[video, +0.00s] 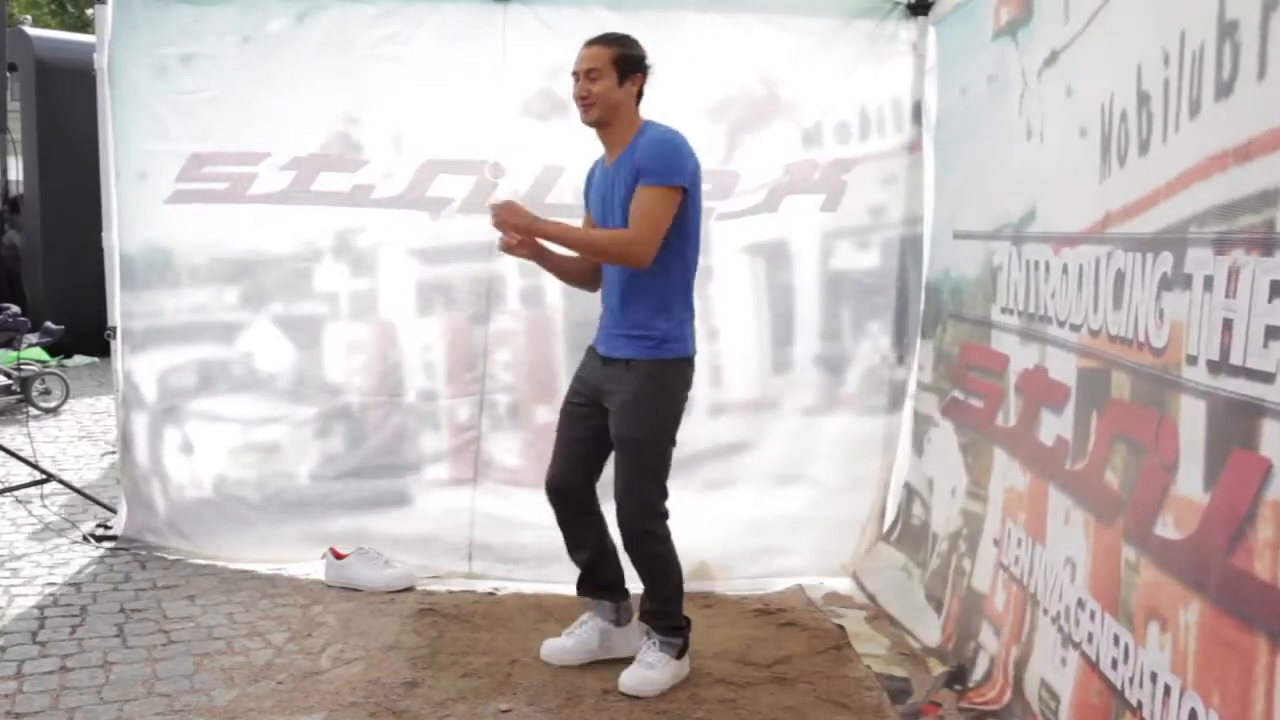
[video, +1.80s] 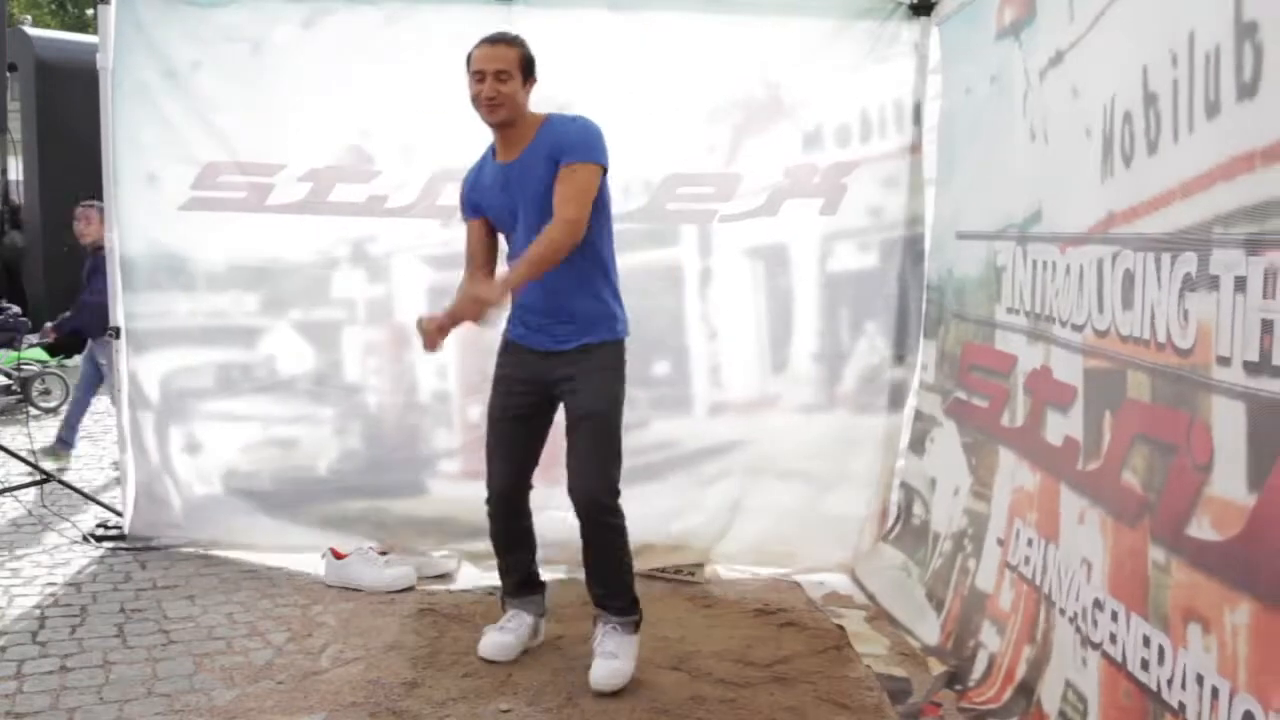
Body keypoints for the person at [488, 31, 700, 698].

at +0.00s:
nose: (580, 90)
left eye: (593, 78)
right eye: (576, 79)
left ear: (633, 85)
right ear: (577, 89)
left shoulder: (664, 149)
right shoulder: (599, 174)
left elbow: (639, 247)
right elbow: (590, 274)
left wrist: (542, 229)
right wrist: (536, 250)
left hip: (655, 363)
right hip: (604, 356)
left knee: (638, 504)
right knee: (568, 486)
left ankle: (669, 642)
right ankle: (610, 617)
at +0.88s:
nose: (563, 91)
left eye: (577, 81)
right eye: (555, 79)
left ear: (606, 87)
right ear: (546, 83)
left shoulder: (640, 163)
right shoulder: (524, 159)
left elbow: (645, 268)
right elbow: (498, 258)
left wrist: (595, 266)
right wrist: (497, 251)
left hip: (614, 351)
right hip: (546, 352)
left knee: (601, 493)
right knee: (557, 499)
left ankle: (606, 633)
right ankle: (595, 607)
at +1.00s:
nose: (583, 99)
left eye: (597, 88)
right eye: (574, 86)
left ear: (623, 92)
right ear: (561, 87)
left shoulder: (650, 176)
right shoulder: (523, 148)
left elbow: (661, 280)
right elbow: (443, 213)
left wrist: (678, 263)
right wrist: (448, 185)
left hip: (609, 349)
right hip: (536, 354)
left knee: (604, 482)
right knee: (554, 499)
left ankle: (611, 622)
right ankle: (590, 610)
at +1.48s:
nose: (547, 85)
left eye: (560, 73)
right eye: (538, 75)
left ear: (591, 78)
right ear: (529, 84)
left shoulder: (632, 157)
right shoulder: (520, 155)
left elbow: (633, 263)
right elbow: (481, 247)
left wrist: (580, 212)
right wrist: (458, 175)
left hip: (600, 356)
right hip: (530, 348)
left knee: (599, 504)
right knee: (489, 478)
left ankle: (607, 632)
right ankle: (543, 564)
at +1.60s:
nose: (524, 72)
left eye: (535, 59)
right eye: (513, 62)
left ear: (566, 65)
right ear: (506, 72)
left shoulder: (608, 129)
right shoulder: (507, 148)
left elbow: (585, 220)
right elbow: (493, 248)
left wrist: (497, 177)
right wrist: (473, 190)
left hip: (599, 343)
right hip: (530, 338)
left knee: (607, 492)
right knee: (497, 477)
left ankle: (617, 630)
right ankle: (522, 591)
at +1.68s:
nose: (512, 82)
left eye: (523, 71)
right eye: (501, 72)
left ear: (551, 78)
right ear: (492, 84)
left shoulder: (594, 135)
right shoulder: (495, 167)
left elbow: (568, 216)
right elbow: (494, 262)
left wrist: (465, 200)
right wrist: (469, 217)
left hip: (596, 349)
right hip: (527, 348)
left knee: (613, 497)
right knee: (504, 489)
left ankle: (624, 630)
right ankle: (524, 606)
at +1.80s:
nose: (491, 88)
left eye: (503, 77)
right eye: (480, 78)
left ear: (529, 84)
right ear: (469, 90)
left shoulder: (575, 136)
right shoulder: (479, 180)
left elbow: (568, 230)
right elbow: (480, 278)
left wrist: (501, 285)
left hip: (592, 345)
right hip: (524, 346)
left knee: (592, 493)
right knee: (504, 489)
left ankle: (617, 624)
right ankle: (523, 609)